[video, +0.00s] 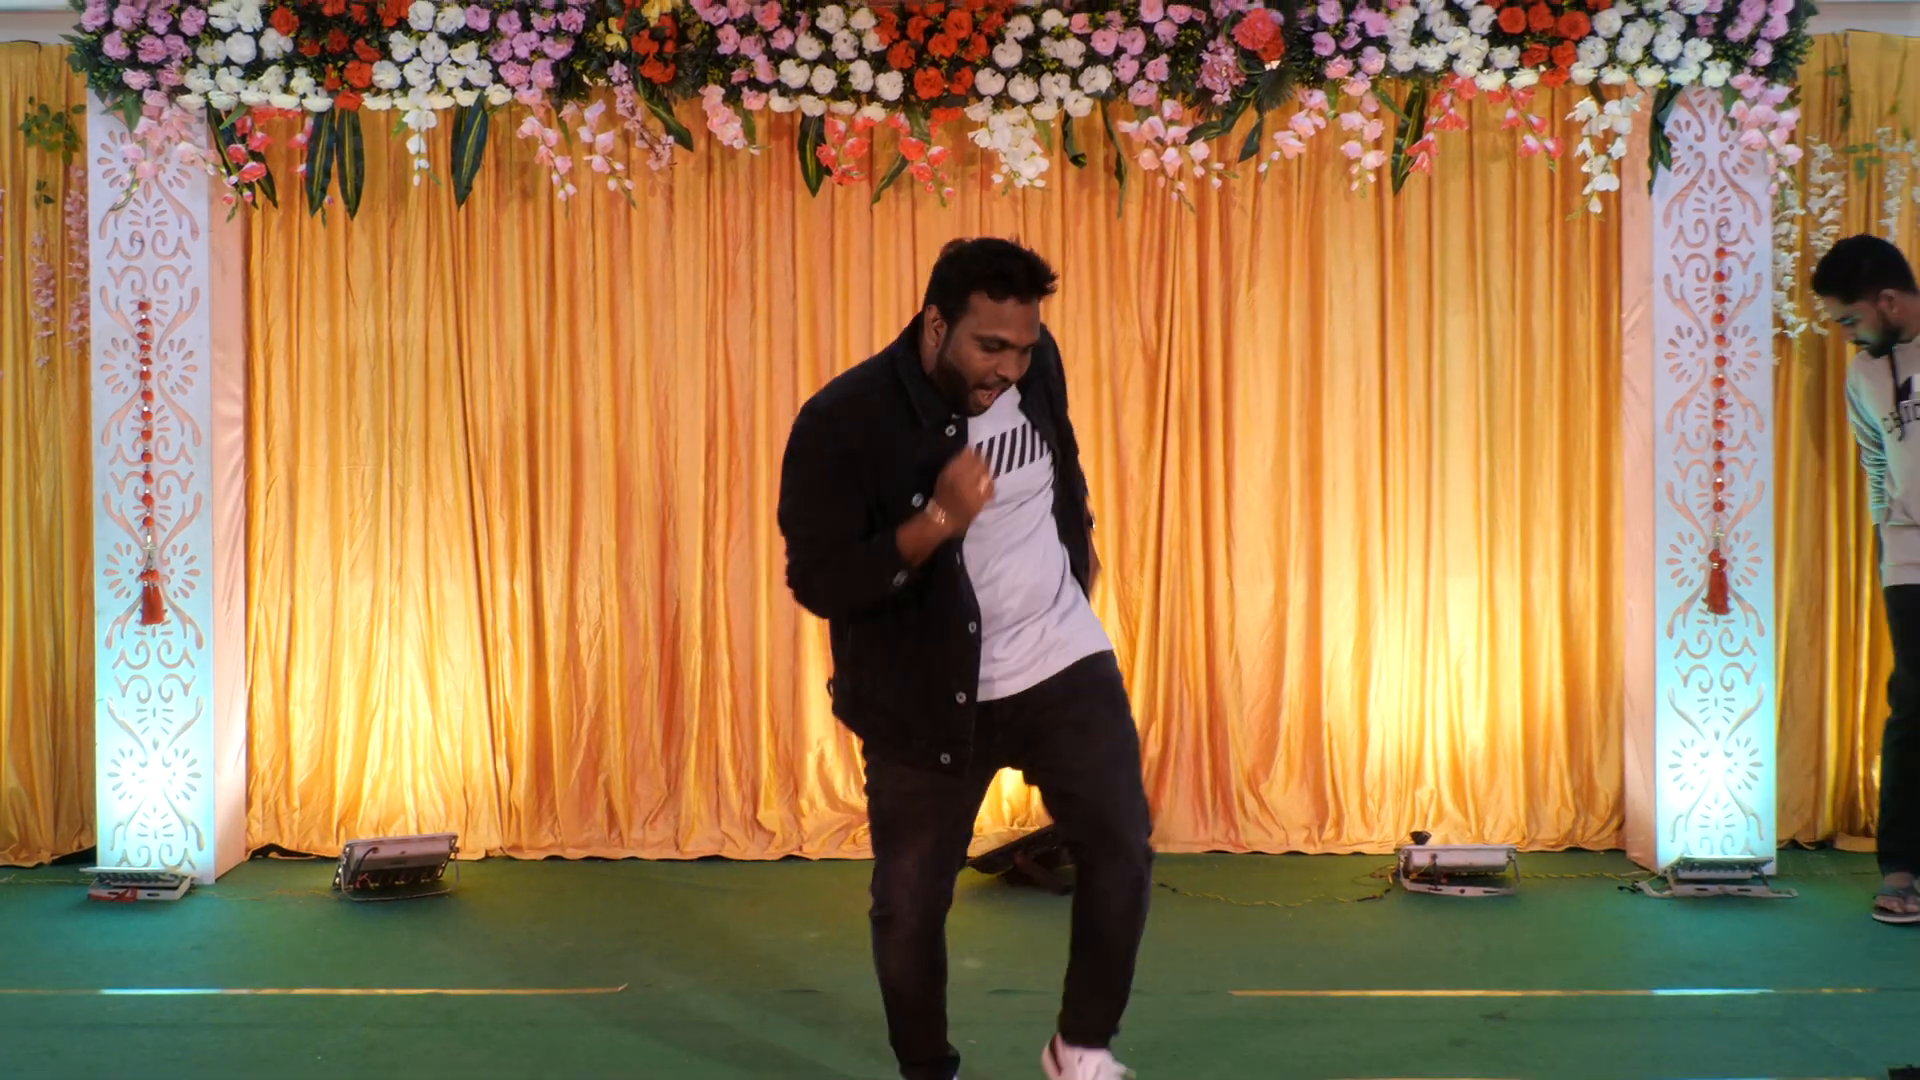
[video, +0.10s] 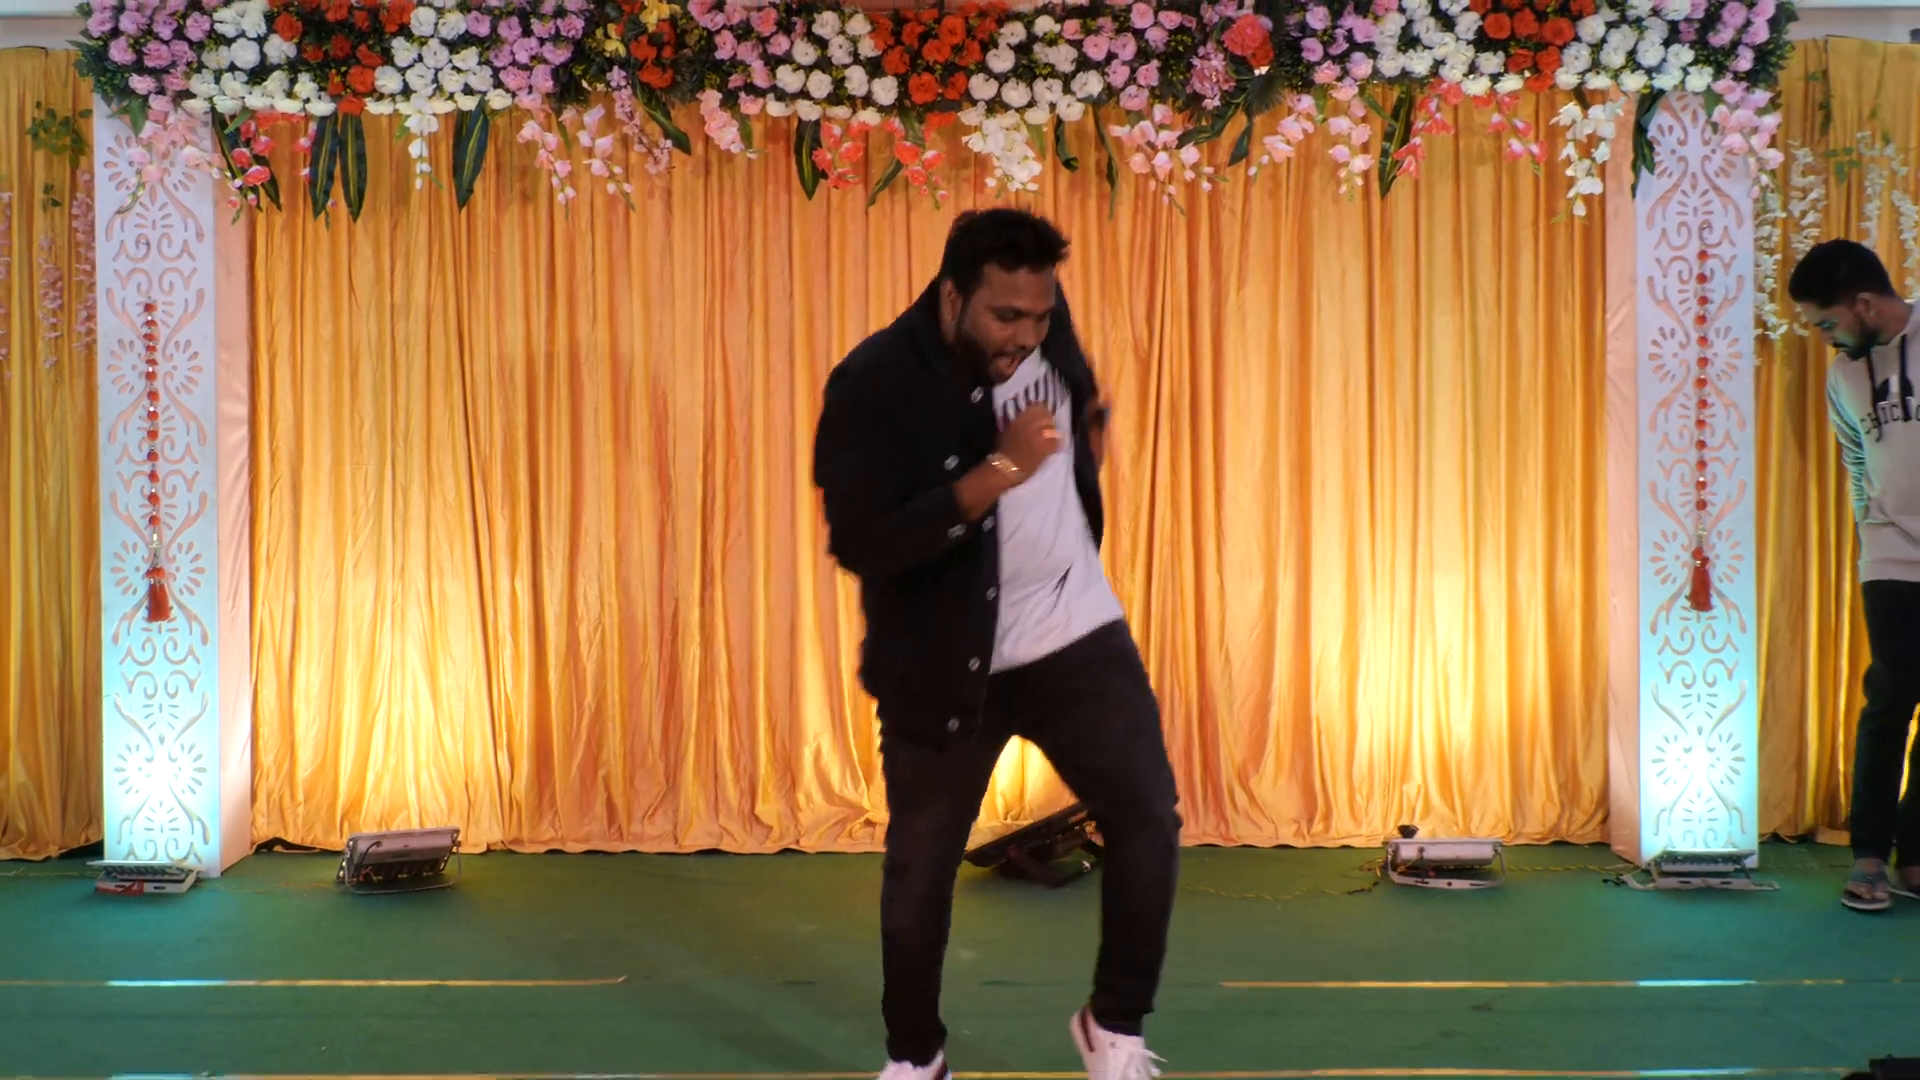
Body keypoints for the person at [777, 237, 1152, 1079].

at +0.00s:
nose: (1012, 368)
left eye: (1025, 347)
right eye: (992, 346)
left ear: (1038, 333)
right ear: (934, 326)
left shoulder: (1034, 361)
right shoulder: (841, 422)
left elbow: (1058, 468)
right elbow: (818, 583)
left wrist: (1076, 550)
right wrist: (935, 522)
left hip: (1064, 668)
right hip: (931, 704)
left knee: (1121, 854)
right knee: (908, 904)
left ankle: (1081, 1048)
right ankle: (927, 1069)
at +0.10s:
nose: (1027, 336)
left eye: (1042, 314)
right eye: (1007, 316)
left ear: (1055, 300)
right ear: (952, 297)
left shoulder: (1047, 328)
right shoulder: (873, 384)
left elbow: (1074, 387)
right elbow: (863, 544)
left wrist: (1086, 421)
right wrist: (998, 471)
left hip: (1075, 638)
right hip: (947, 667)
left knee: (1147, 821)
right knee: (919, 865)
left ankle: (1115, 1027)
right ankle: (913, 1057)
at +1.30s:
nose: (842, 213)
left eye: (867, 200)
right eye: (833, 192)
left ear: (913, 212)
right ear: (821, 189)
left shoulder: (925, 310)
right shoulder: (810, 267)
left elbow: (829, 451)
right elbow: (798, 393)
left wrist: (684, 405)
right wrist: (801, 479)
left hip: (954, 583)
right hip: (837, 575)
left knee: (1017, 762)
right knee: (772, 751)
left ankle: (1061, 947)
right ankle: (793, 976)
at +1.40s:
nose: (841, 222)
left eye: (866, 211)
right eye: (833, 202)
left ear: (910, 228)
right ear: (816, 201)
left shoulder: (901, 332)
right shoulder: (799, 282)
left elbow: (832, 493)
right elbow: (783, 424)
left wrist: (686, 528)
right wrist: (766, 535)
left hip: (906, 610)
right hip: (799, 610)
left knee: (1002, 754)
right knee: (759, 806)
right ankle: (782, 1015)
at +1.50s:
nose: (857, 266)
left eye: (883, 254)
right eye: (846, 242)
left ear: (915, 270)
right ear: (822, 238)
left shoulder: (908, 396)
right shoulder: (779, 319)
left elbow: (938, 559)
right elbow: (762, 432)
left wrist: (826, 624)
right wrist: (709, 470)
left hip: (876, 664)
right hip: (755, 661)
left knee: (981, 794)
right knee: (723, 836)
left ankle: (1060, 645)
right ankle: (782, 1022)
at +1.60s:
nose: (862, 292)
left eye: (885, 275)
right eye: (845, 270)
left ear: (910, 277)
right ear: (814, 262)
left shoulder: (937, 394)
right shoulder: (749, 326)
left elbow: (1019, 508)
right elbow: (672, 424)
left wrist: (940, 600)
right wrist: (685, 444)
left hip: (856, 649)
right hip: (740, 647)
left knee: (938, 826)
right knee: (723, 842)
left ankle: (975, 634)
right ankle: (781, 1024)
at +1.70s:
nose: (875, 292)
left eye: (892, 272)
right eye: (856, 272)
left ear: (910, 265)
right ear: (814, 260)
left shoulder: (951, 363)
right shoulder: (741, 325)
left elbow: (1009, 455)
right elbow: (605, 409)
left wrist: (976, 548)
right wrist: (725, 414)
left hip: (875, 617)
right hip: (748, 627)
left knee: (905, 797)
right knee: (732, 833)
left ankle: (943, 738)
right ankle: (779, 1022)